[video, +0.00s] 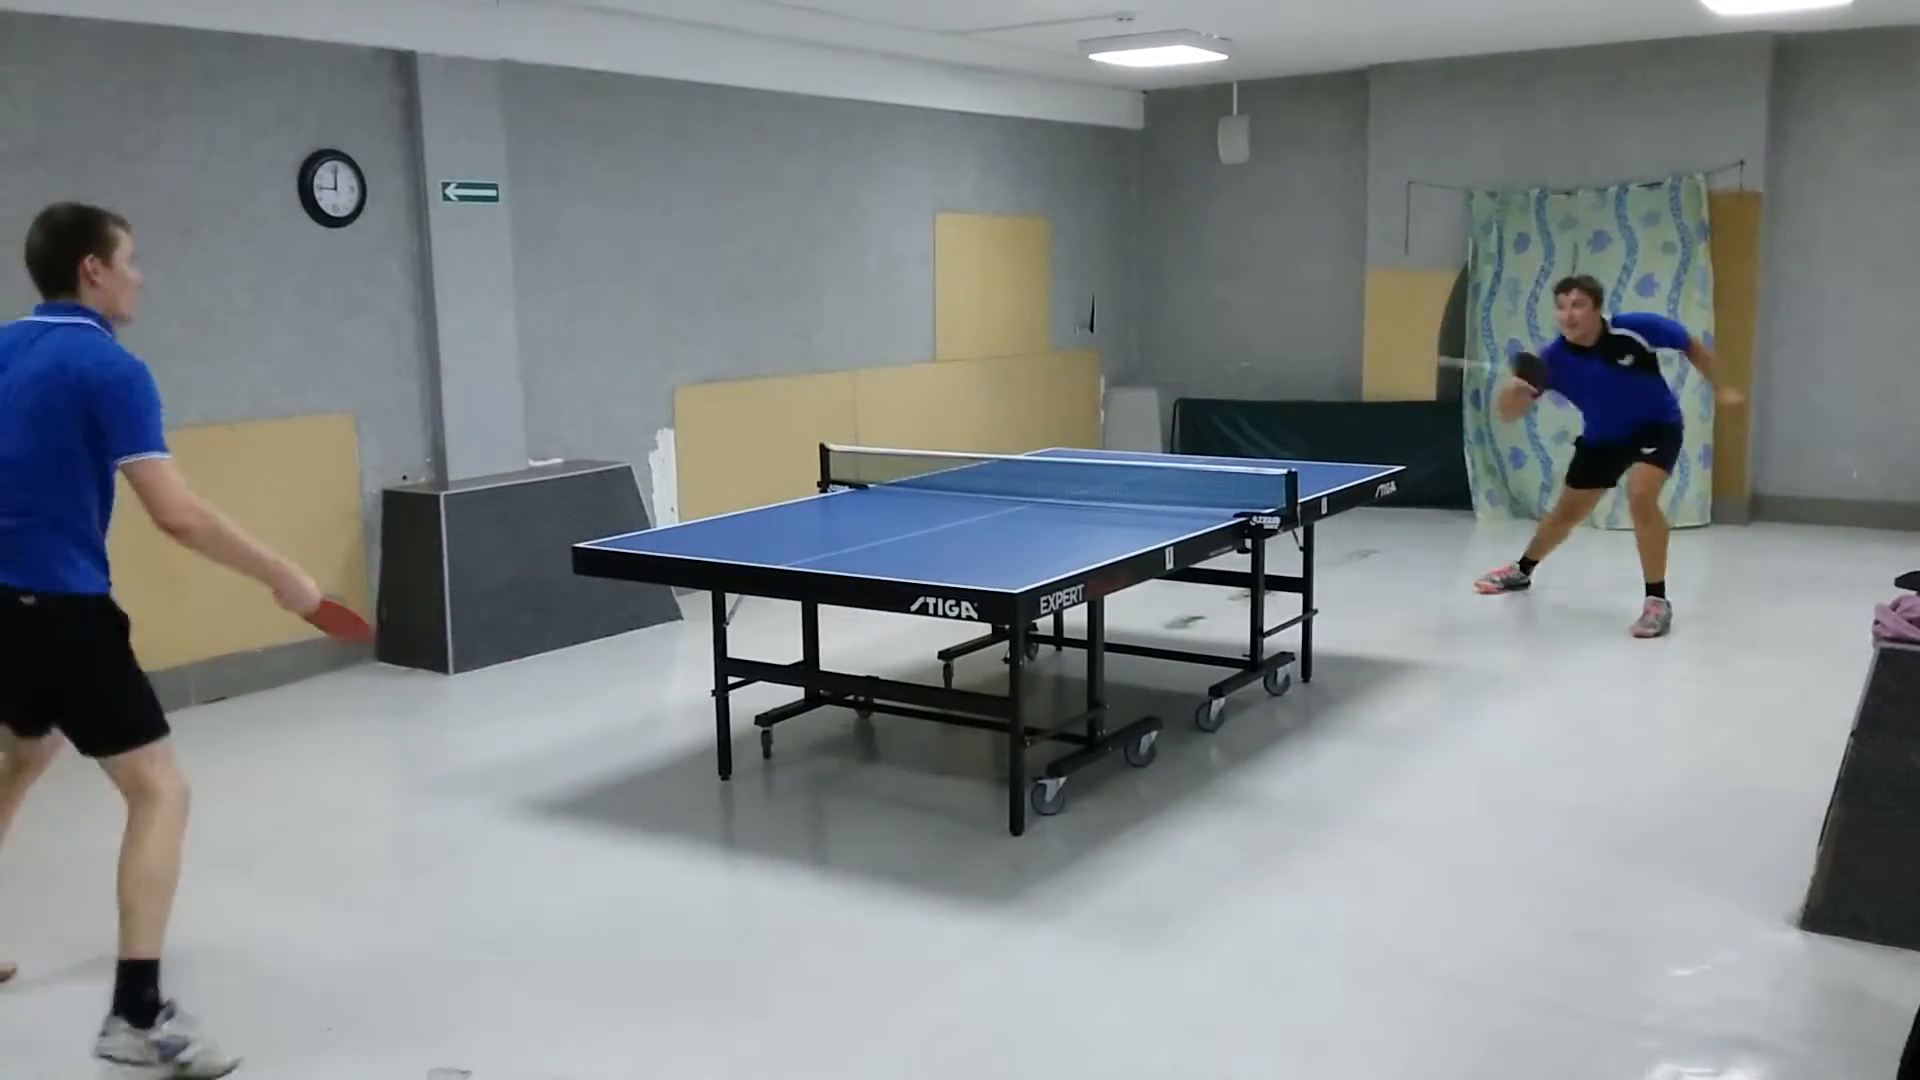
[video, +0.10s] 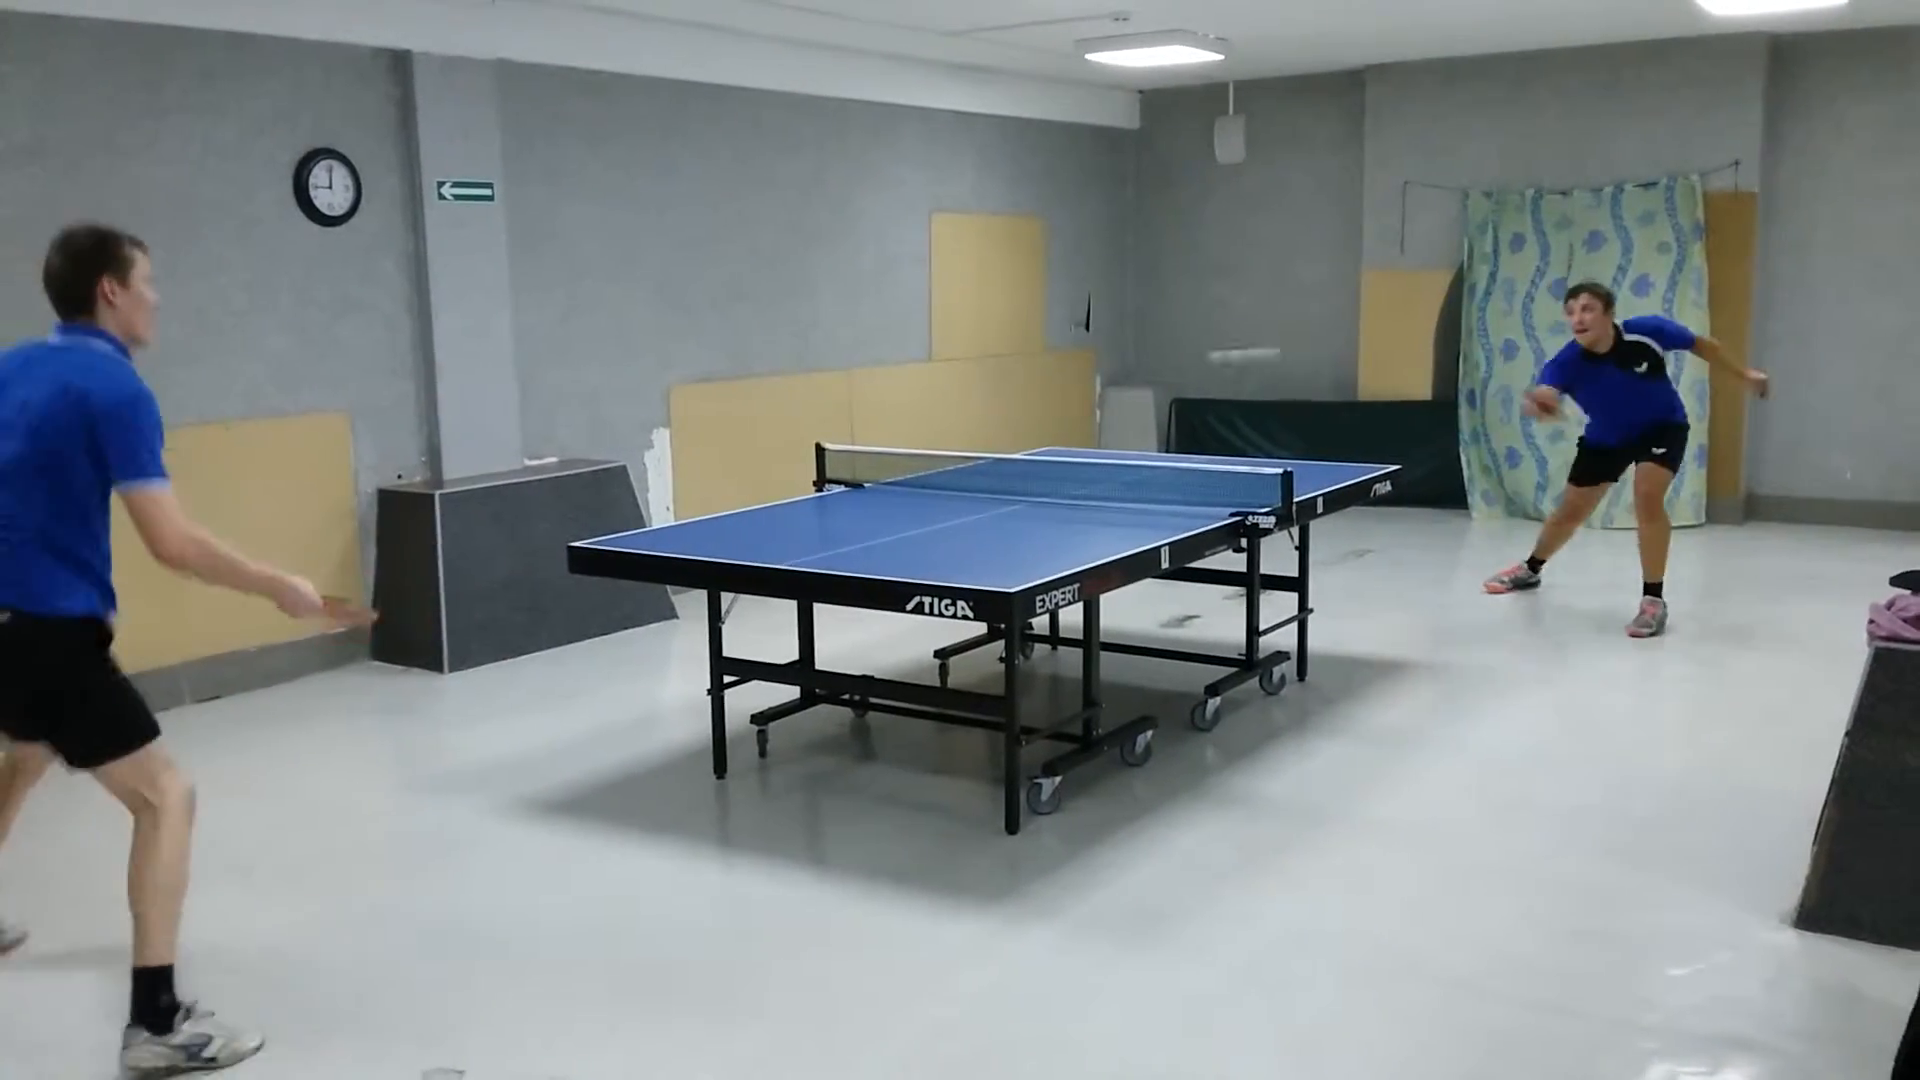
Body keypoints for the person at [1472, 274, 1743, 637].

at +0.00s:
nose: (1569, 315)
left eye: (1578, 306)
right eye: (1563, 308)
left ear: (1598, 309)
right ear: (1556, 314)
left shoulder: (1634, 328)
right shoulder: (1553, 359)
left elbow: (1690, 346)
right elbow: (1508, 411)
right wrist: (1520, 387)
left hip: (1657, 426)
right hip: (1602, 436)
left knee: (1641, 496)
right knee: (1565, 513)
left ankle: (1656, 602)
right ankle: (1522, 571)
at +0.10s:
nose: (1579, 320)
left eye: (1588, 310)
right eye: (1573, 312)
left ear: (1608, 313)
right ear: (1567, 318)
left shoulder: (1648, 332)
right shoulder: (1567, 363)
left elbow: (1700, 346)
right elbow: (1541, 401)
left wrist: (1745, 373)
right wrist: (1540, 405)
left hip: (1660, 427)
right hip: (1604, 437)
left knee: (1647, 497)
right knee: (1571, 510)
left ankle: (1652, 602)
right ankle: (1531, 569)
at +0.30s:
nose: (1604, 296)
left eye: (1615, 288)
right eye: (1600, 288)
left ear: (1638, 295)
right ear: (1594, 293)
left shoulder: (1673, 326)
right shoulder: (1581, 343)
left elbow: (1714, 357)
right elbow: (1582, 416)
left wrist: (1750, 394)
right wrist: (1629, 447)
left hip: (1652, 429)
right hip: (1596, 431)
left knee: (1640, 497)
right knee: (1569, 516)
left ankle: (1647, 600)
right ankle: (1582, 572)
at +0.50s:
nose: (1611, 273)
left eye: (1622, 267)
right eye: (1608, 266)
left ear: (1644, 274)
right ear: (1602, 273)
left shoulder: (1679, 319)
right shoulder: (1585, 323)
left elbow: (1714, 366)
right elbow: (1571, 389)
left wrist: (1722, 416)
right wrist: (1604, 422)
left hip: (1656, 431)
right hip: (1600, 427)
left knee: (1643, 500)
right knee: (1570, 506)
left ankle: (1651, 603)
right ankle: (1581, 574)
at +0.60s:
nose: (1608, 251)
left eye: (1618, 244)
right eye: (1606, 244)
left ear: (1642, 250)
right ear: (1602, 250)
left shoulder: (1679, 294)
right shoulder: (1590, 302)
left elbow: (1715, 341)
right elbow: (1567, 359)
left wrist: (1712, 407)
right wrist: (1579, 399)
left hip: (1671, 415)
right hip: (1618, 414)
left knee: (1652, 497)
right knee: (1594, 492)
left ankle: (1660, 598)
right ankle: (1591, 570)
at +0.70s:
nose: (1603, 248)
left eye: (1613, 241)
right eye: (1602, 242)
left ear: (1638, 247)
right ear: (1601, 249)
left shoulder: (1674, 287)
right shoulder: (1595, 299)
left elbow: (1717, 337)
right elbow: (1577, 348)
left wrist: (1692, 395)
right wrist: (1569, 384)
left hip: (1681, 405)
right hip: (1630, 408)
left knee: (1664, 493)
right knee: (1605, 492)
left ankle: (1697, 600)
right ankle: (1617, 573)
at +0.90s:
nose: (1600, 291)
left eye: (1609, 282)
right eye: (1597, 283)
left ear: (1633, 285)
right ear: (1596, 289)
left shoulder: (1656, 315)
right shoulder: (1624, 332)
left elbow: (1667, 368)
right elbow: (1632, 399)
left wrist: (1613, 416)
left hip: (1706, 433)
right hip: (1663, 436)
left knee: (1692, 525)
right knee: (1616, 507)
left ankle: (1769, 612)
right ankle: (1621, 581)